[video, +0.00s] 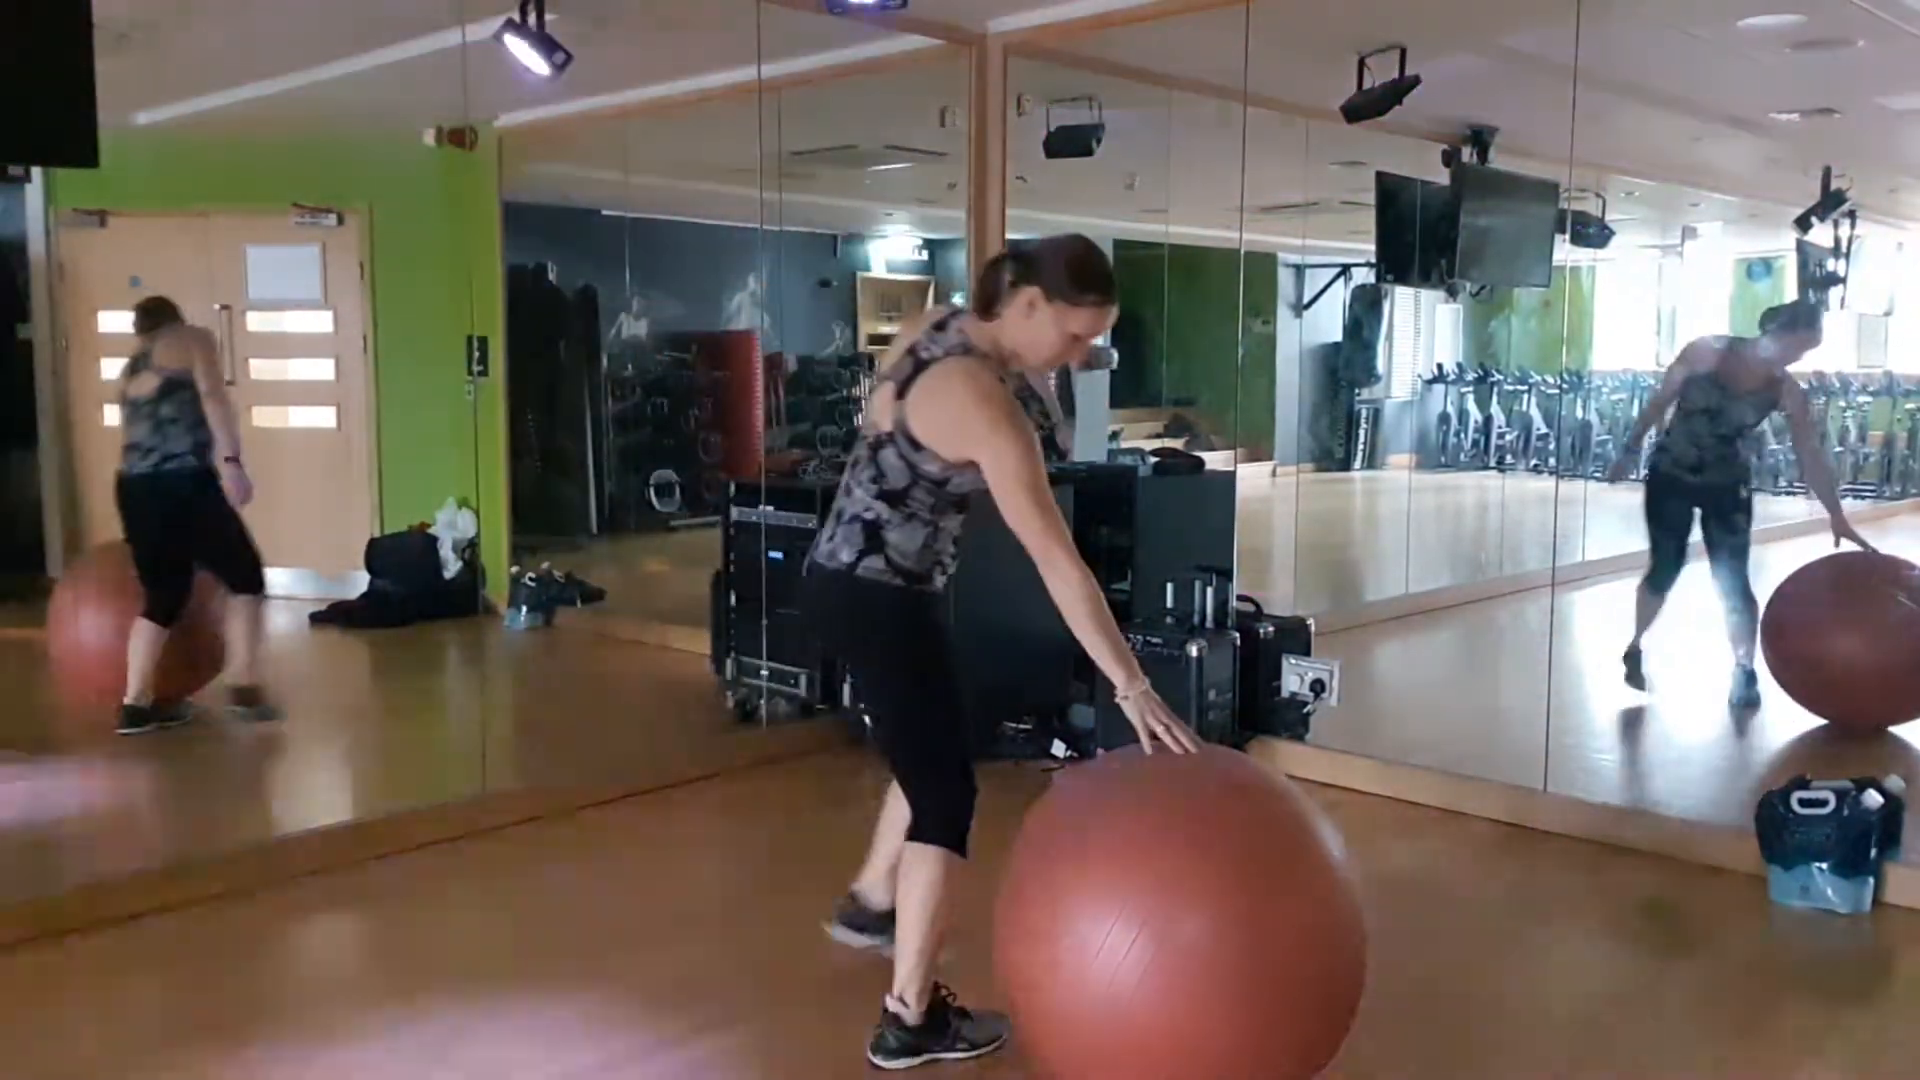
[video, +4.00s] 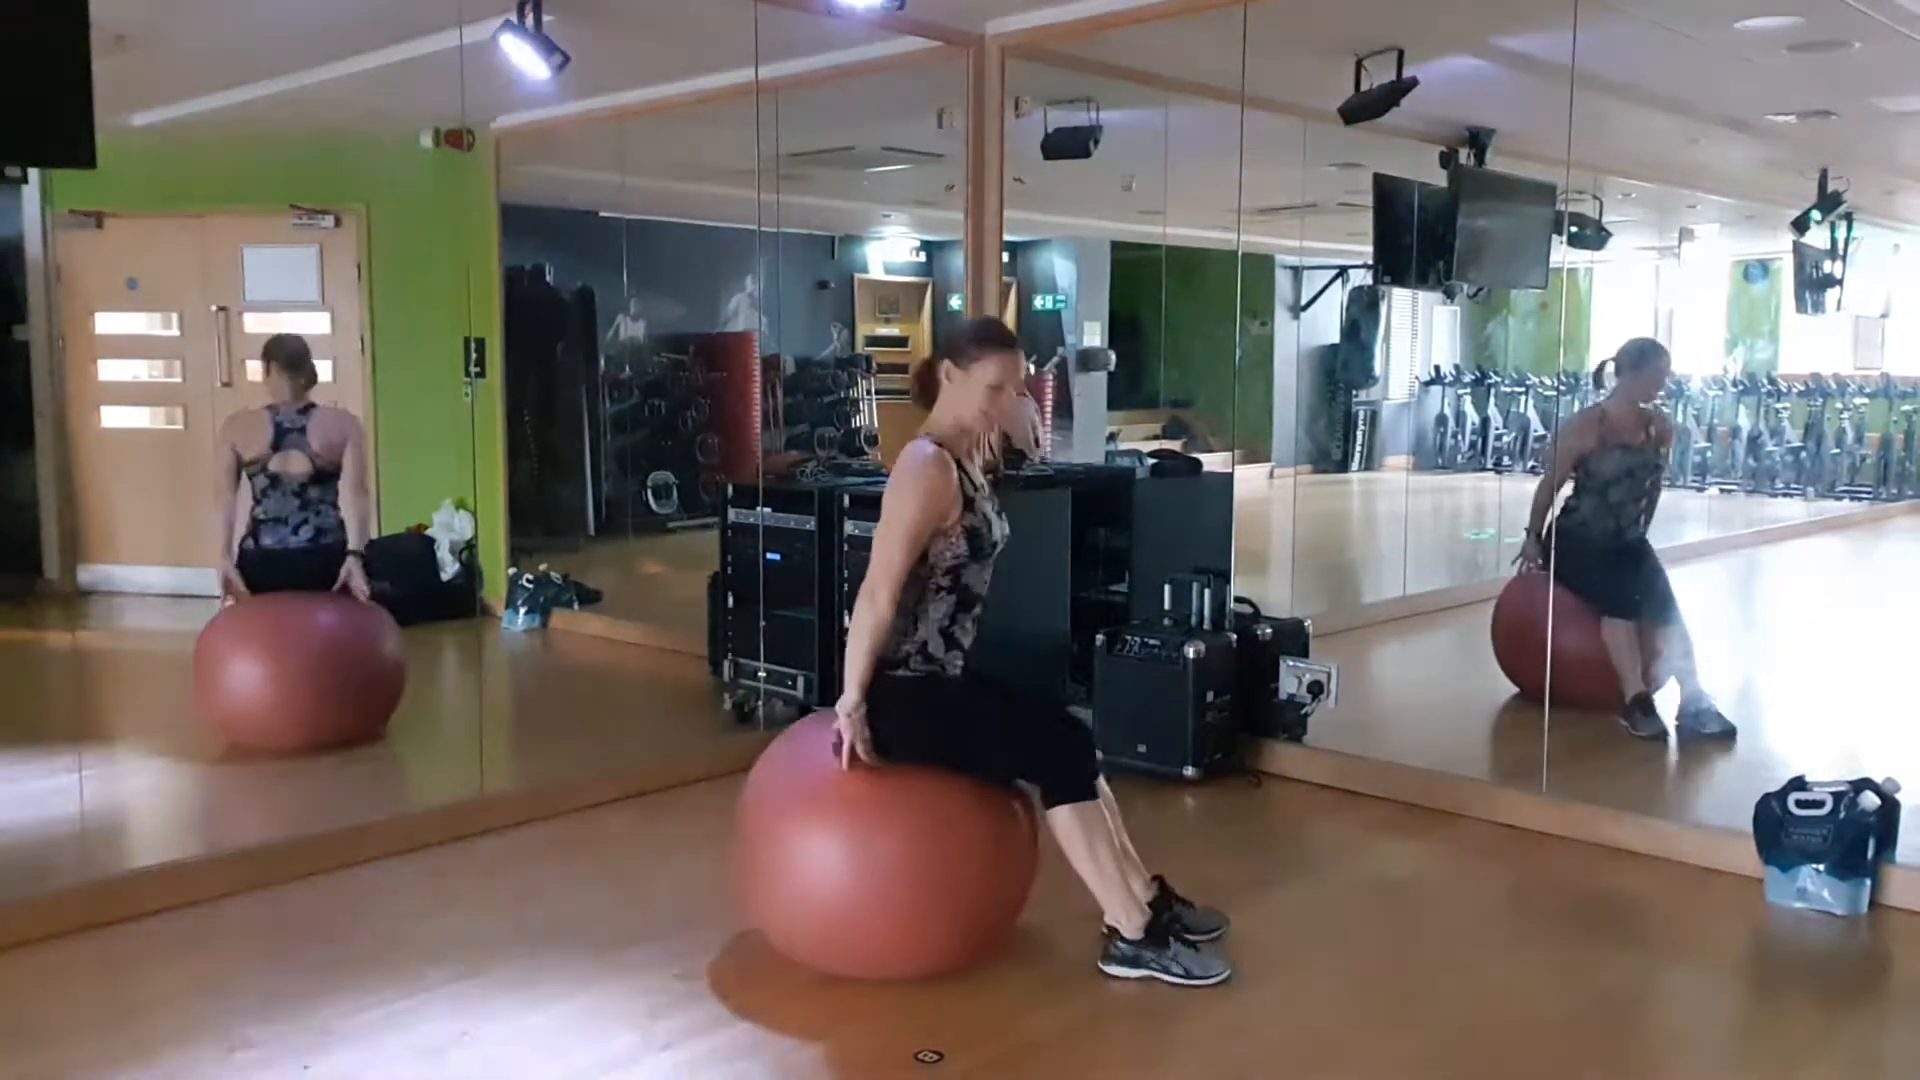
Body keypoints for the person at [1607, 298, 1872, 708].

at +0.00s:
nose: (1800, 356)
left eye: (1807, 349)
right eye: (1801, 345)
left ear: (1796, 344)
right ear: (1778, 333)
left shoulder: (1786, 391)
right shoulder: (1705, 353)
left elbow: (1811, 456)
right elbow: (1660, 401)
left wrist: (1837, 516)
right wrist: (1629, 451)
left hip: (1725, 478)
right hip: (1671, 470)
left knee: (1732, 579)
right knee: (1666, 566)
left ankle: (1744, 671)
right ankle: (1634, 646)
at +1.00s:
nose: (1736, 361)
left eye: (1742, 353)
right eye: (1739, 350)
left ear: (1723, 336)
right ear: (1722, 332)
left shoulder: (1695, 384)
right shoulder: (1648, 354)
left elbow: (1670, 444)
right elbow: (1610, 413)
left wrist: (1676, 496)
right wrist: (1593, 477)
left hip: (1670, 495)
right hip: (1623, 490)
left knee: (1680, 590)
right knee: (1657, 589)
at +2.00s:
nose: (1653, 407)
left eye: (1655, 400)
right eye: (1650, 399)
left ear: (1640, 402)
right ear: (1624, 396)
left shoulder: (1642, 434)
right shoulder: (1573, 436)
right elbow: (1540, 484)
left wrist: (1650, 443)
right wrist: (1543, 538)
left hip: (1627, 542)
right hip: (1577, 545)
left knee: (1662, 598)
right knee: (1624, 590)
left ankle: (1677, 695)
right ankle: (1610, 691)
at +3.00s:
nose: (1685, 337)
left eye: (1683, 330)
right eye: (1678, 329)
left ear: (1653, 338)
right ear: (1653, 337)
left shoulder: (1686, 397)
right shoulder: (1606, 398)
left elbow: (1679, 463)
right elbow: (1584, 466)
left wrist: (1674, 513)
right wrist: (1575, 525)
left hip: (1671, 516)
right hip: (1617, 515)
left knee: (1697, 604)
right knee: (1654, 594)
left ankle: (1698, 700)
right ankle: (1634, 696)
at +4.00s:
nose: (1664, 385)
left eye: (1665, 377)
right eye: (1659, 376)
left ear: (1648, 377)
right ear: (1630, 373)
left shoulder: (1659, 427)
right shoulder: (1585, 426)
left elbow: (1650, 489)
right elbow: (1550, 483)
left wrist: (1638, 535)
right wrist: (1533, 536)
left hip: (1628, 539)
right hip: (1578, 538)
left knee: (1662, 600)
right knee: (1619, 594)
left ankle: (1694, 701)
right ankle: (1636, 700)